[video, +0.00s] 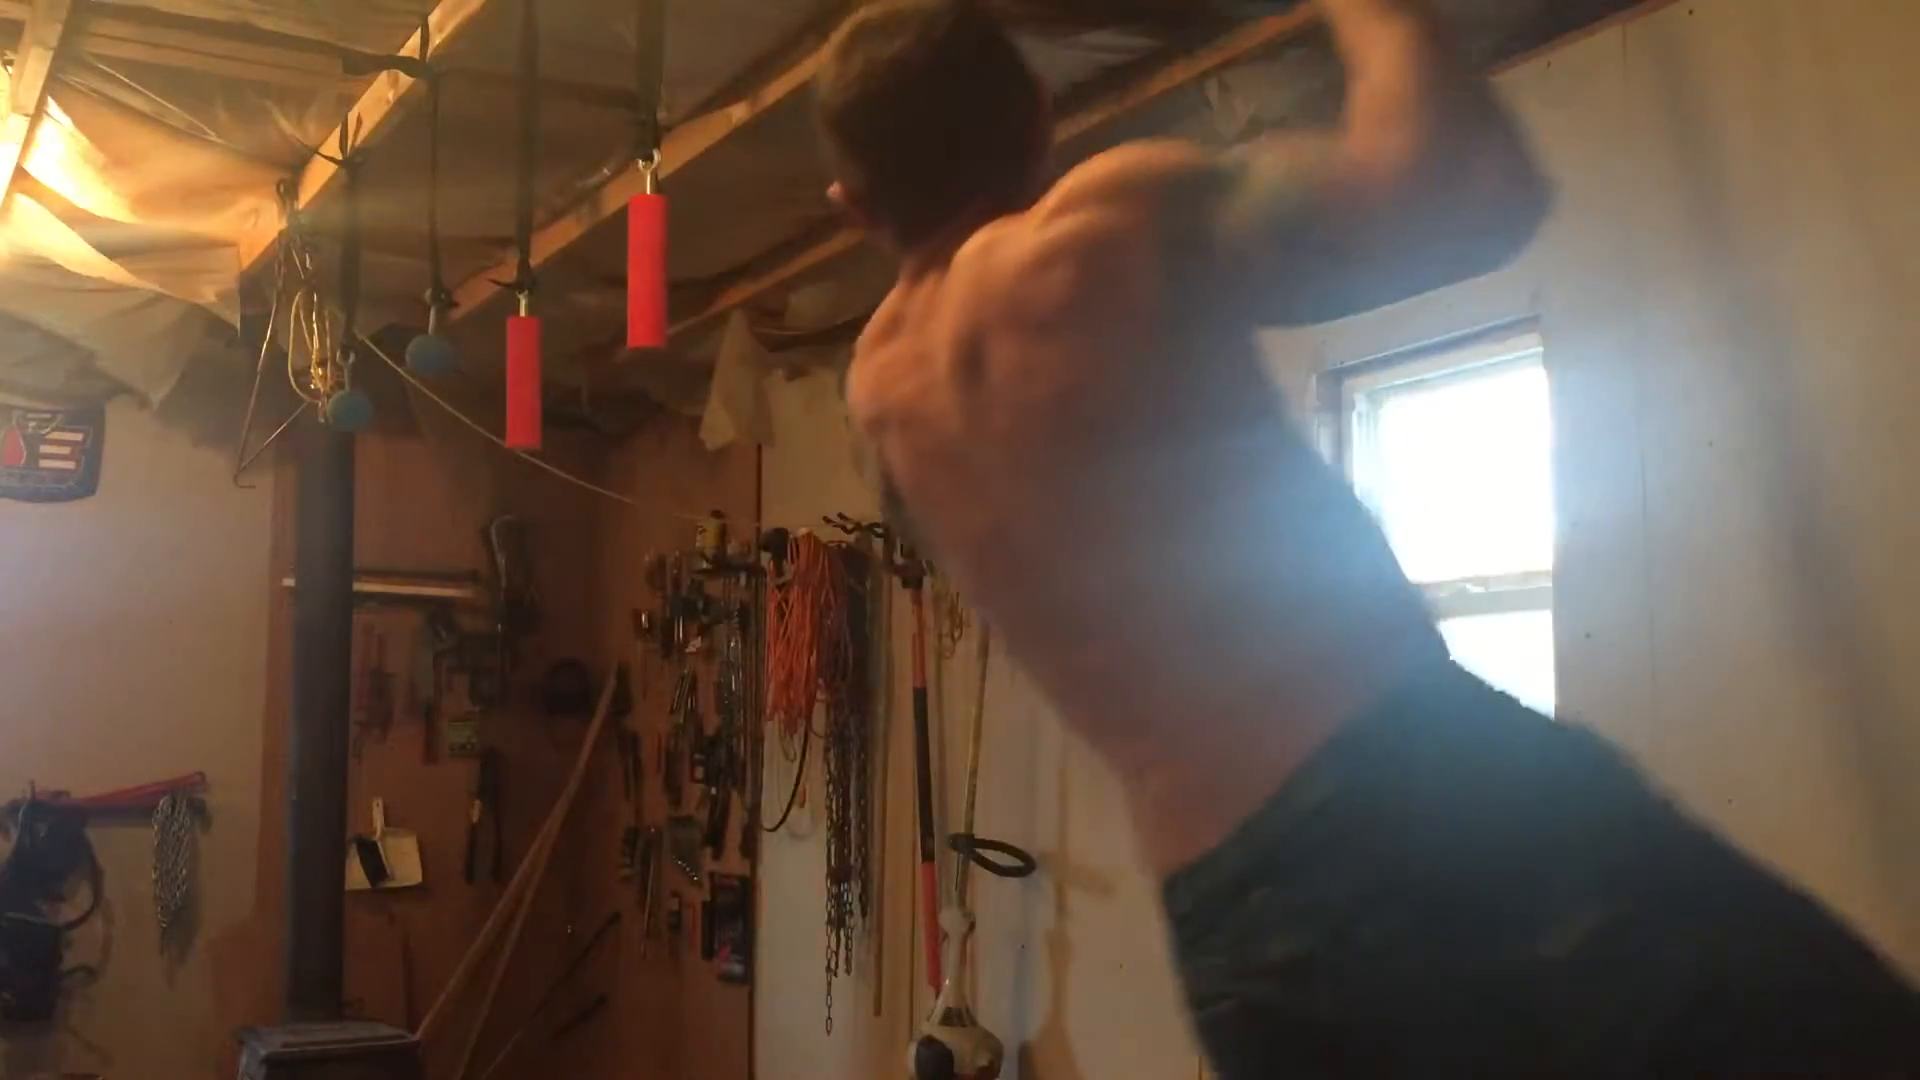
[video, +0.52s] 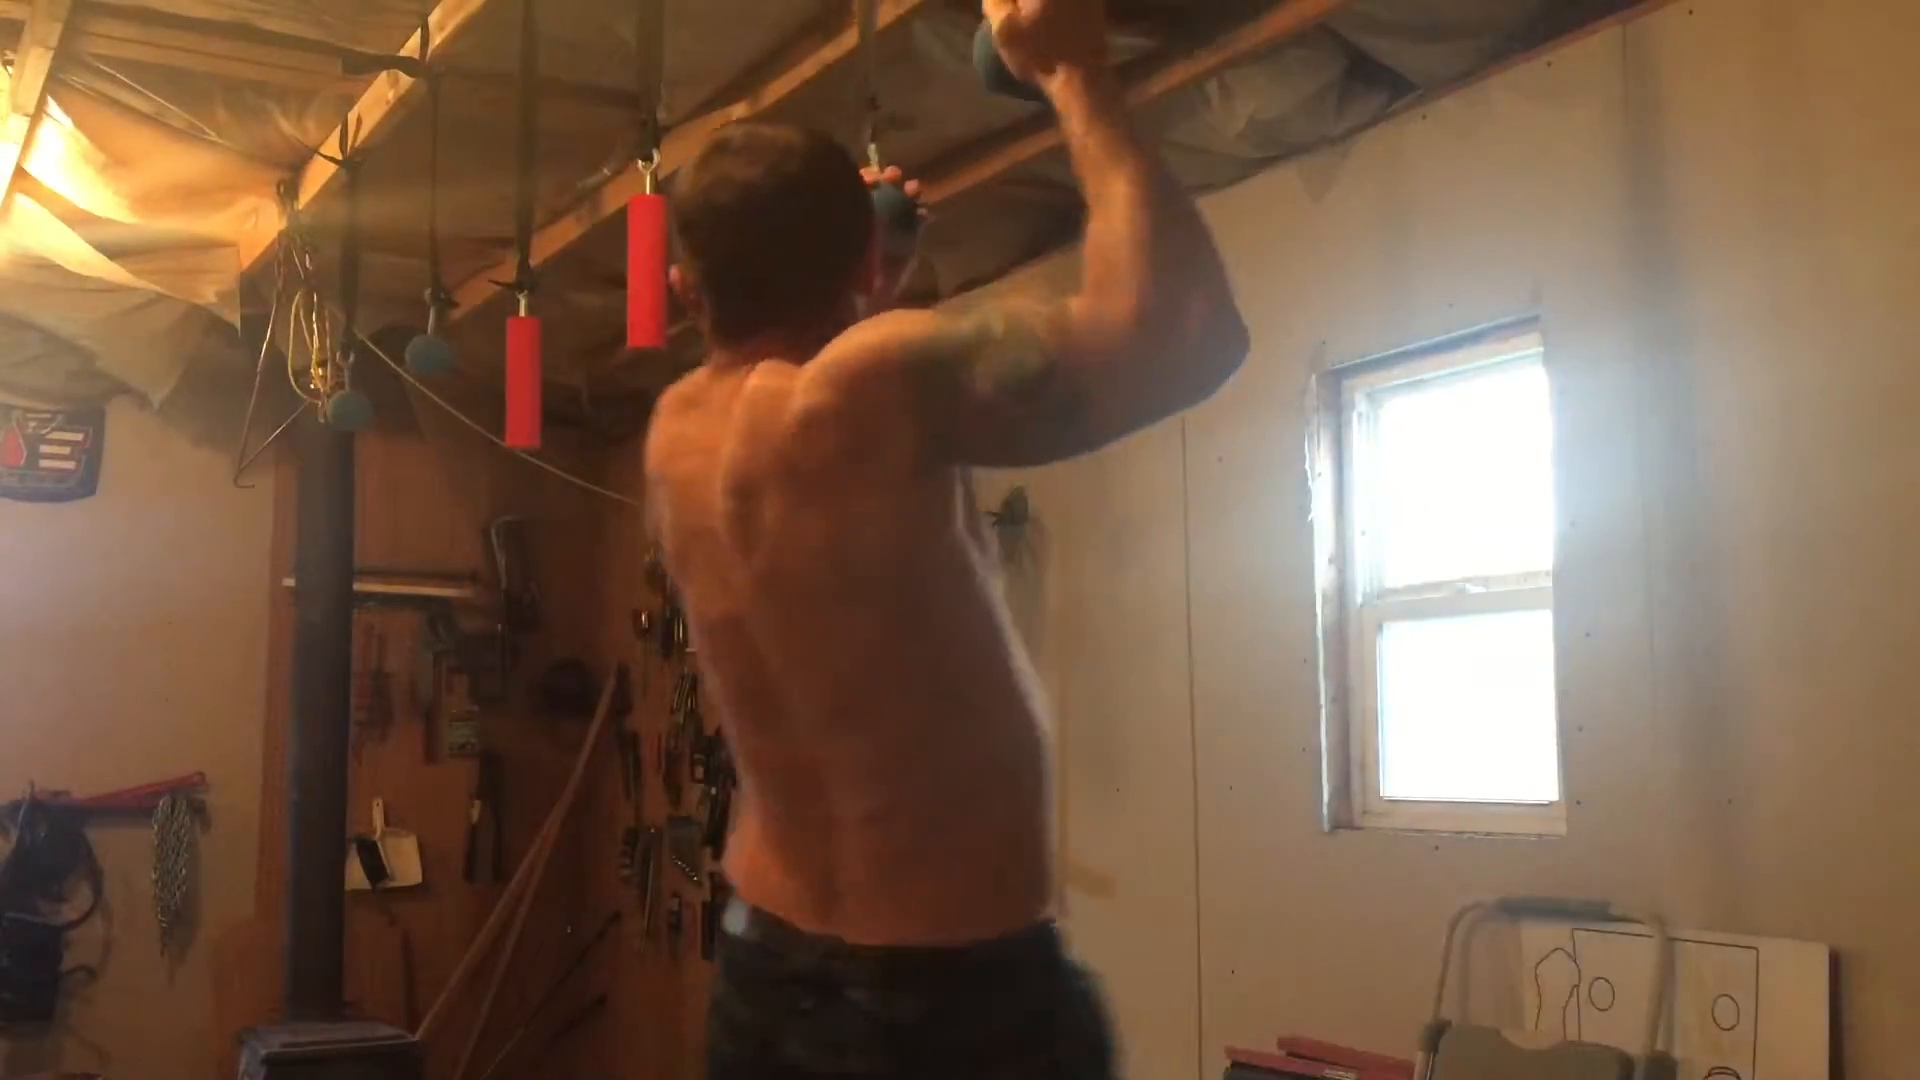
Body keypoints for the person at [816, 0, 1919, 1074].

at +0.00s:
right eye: (1031, 86)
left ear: (855, 210)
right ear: (1029, 115)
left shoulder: (877, 387)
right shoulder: (1121, 218)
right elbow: (1472, 189)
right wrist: (1368, 11)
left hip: (1229, 925)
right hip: (1437, 806)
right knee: (1854, 1032)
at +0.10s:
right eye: (993, 139)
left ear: (815, 254)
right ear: (987, 166)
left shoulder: (835, 412)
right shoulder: (1043, 272)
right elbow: (1375, 225)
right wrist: (1274, 29)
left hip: (1139, 961)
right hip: (1337, 860)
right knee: (1735, 1059)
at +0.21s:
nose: (951, 182)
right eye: (944, 173)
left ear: (773, 283)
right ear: (946, 201)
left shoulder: (787, 431)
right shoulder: (979, 319)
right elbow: (1278, 257)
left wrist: (931, 199)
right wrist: (1187, 30)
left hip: (1042, 978)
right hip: (1225, 898)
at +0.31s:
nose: (929, 251)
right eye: (919, 227)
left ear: (742, 294)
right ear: (910, 248)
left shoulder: (748, 441)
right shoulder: (928, 350)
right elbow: (1213, 284)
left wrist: (919, 240)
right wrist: (1127, 37)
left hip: (943, 988)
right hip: (1128, 947)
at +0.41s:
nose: (897, 248)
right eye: (887, 228)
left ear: (718, 292)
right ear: (879, 256)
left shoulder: (716, 436)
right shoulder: (896, 366)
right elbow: (1177, 312)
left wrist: (908, 268)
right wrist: (1096, 56)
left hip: (856, 997)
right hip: (1047, 982)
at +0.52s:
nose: (878, 254)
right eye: (870, 234)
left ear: (702, 280)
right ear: (856, 267)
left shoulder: (675, 429)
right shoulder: (882, 379)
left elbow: (796, 398)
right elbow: (1181, 333)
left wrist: (877, 268)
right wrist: (1075, 77)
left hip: (765, 987)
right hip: (970, 1000)